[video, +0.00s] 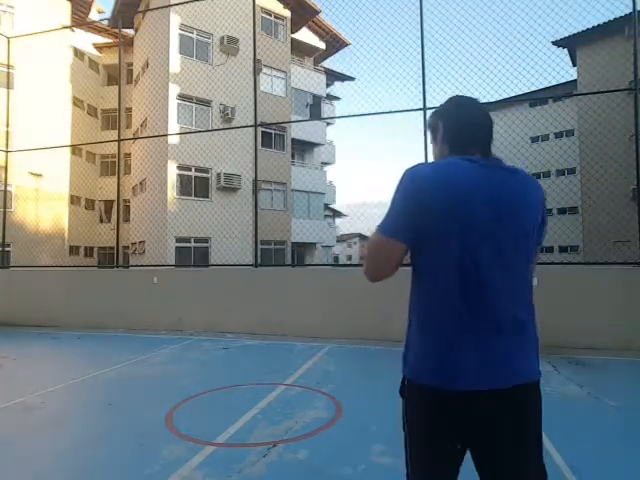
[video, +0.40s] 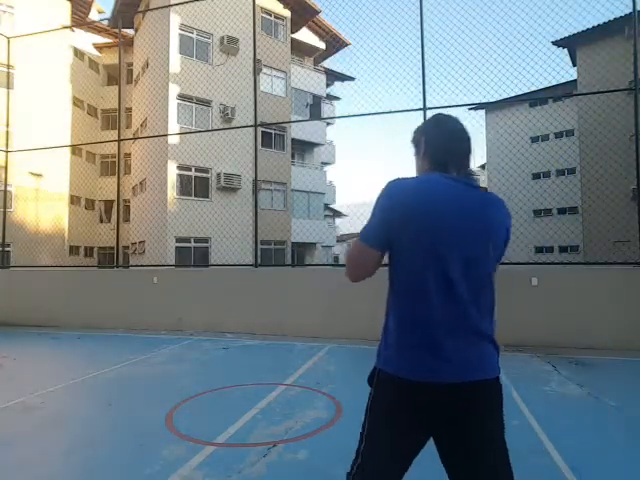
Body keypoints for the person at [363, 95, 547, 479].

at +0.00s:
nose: (433, 145)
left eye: (433, 136)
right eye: (433, 137)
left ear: (441, 136)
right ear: (488, 137)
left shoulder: (421, 180)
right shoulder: (529, 188)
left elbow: (376, 267)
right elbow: (524, 263)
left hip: (436, 385)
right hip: (513, 385)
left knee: (429, 473)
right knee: (521, 474)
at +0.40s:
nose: (416, 161)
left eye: (416, 152)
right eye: (416, 152)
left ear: (424, 153)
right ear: (466, 156)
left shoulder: (400, 194)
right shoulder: (497, 210)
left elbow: (356, 269)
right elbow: (480, 269)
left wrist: (388, 229)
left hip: (404, 383)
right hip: (475, 385)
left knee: (371, 473)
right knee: (488, 474)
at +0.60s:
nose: (372, 167)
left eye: (373, 160)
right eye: (373, 160)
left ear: (380, 163)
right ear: (416, 164)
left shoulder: (360, 208)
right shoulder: (443, 214)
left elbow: (323, 276)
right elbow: (434, 266)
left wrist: (346, 245)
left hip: (367, 374)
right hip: (430, 373)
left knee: (339, 470)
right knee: (445, 471)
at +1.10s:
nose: (349, 188)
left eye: (350, 183)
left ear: (352, 186)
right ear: (389, 191)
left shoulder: (325, 216)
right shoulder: (406, 227)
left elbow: (297, 279)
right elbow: (400, 290)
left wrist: (329, 261)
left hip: (325, 354)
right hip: (378, 357)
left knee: (297, 427)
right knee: (391, 452)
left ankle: (295, 477)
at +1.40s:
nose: (343, 199)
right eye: (345, 194)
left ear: (310, 193)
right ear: (343, 196)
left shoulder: (283, 223)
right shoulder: (355, 231)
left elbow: (266, 276)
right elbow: (350, 278)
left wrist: (297, 255)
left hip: (285, 352)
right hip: (335, 354)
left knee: (270, 432)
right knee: (355, 438)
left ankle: (259, 476)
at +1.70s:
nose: (314, 214)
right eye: (314, 209)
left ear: (284, 203)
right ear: (313, 210)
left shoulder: (251, 231)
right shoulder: (317, 239)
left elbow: (241, 273)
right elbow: (318, 275)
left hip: (253, 340)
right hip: (294, 344)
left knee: (250, 393)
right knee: (307, 418)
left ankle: (229, 459)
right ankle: (305, 475)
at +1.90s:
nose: (288, 232)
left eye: (289, 229)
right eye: (289, 229)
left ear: (264, 215)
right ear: (282, 226)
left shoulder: (239, 229)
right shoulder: (274, 245)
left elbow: (257, 219)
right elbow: (295, 260)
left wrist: (273, 220)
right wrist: (285, 231)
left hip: (214, 339)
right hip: (247, 345)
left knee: (231, 385)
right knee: (275, 415)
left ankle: (222, 445)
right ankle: (278, 474)